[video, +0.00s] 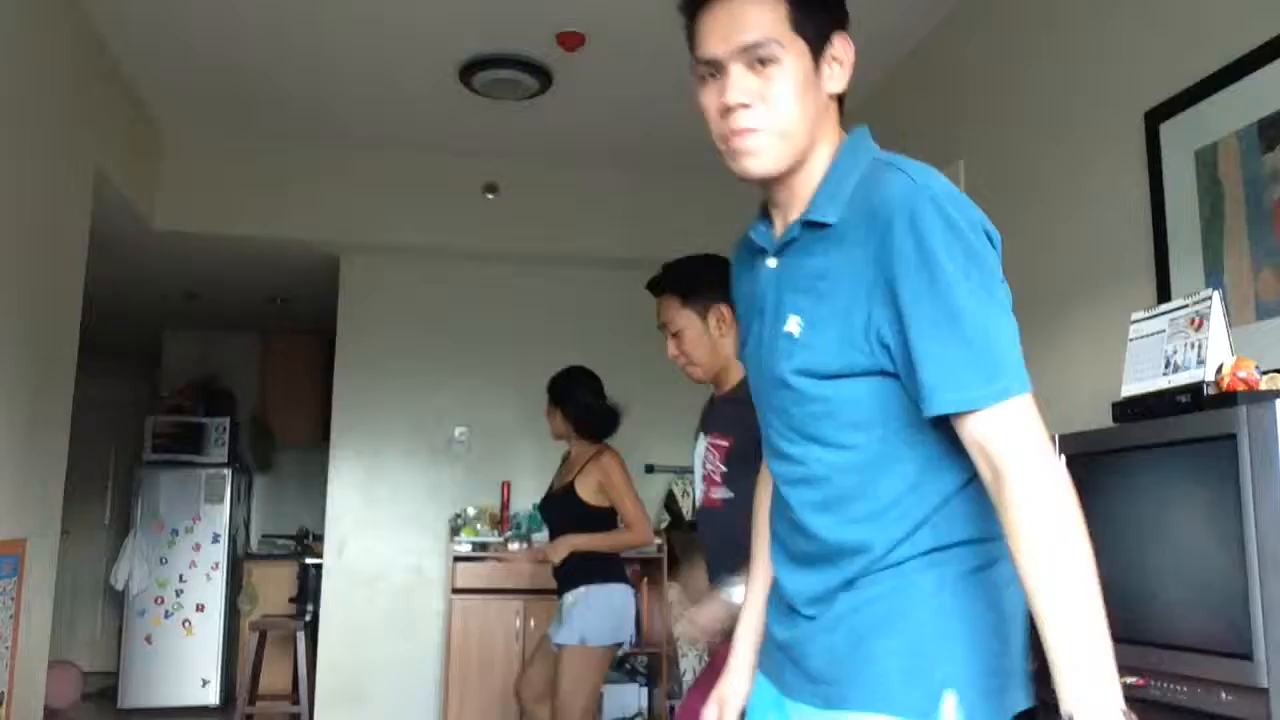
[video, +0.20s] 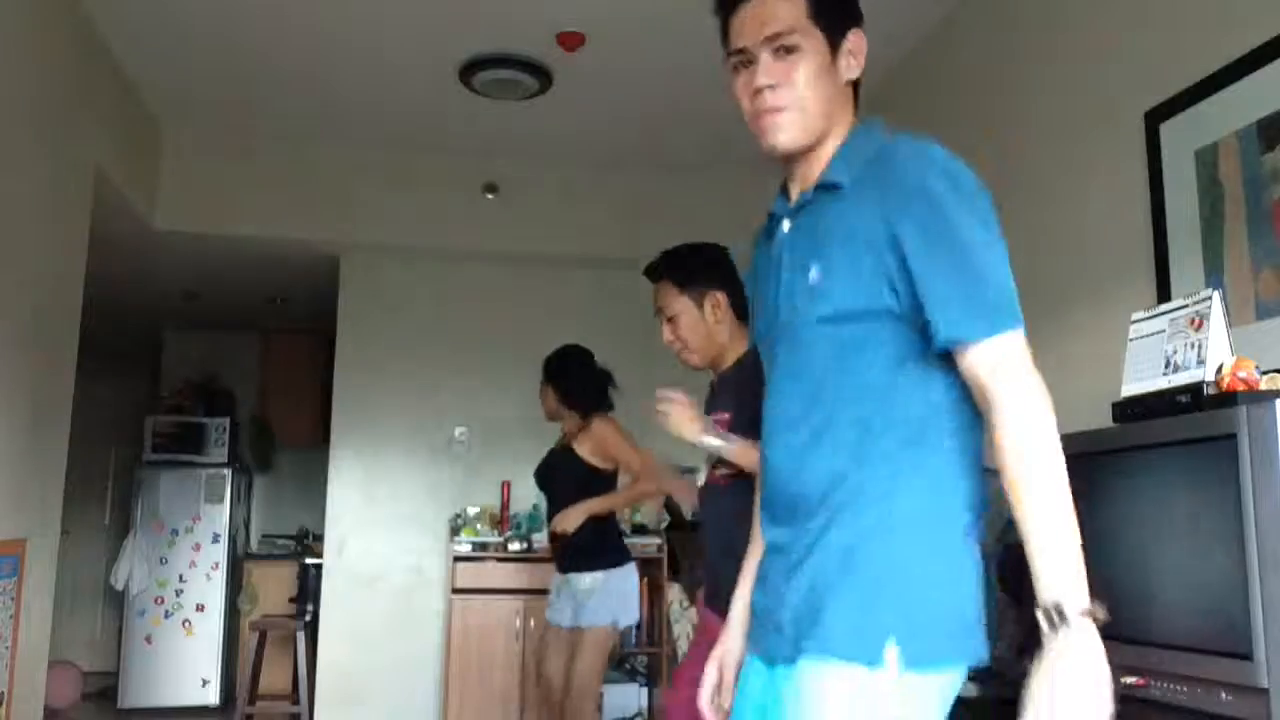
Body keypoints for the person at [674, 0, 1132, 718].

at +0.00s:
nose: (731, 96)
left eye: (762, 60)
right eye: (710, 72)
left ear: (835, 63)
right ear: (696, 90)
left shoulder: (913, 210)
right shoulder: (755, 254)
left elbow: (1019, 459)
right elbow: (782, 466)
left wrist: (1096, 702)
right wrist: (743, 663)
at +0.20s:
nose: (760, 78)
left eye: (785, 49)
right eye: (742, 62)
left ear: (850, 56)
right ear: (729, 82)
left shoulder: (916, 179)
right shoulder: (773, 240)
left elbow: (1012, 393)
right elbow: (783, 448)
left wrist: (1068, 621)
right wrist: (742, 618)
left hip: (887, 629)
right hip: (779, 629)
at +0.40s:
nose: (743, 104)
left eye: (764, 74)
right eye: (736, 87)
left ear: (838, 71)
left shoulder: (901, 169)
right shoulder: (780, 247)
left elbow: (997, 367)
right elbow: (789, 434)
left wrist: (997, 586)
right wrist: (739, 592)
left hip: (878, 612)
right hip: (789, 612)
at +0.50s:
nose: (736, 115)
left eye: (756, 87)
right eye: (733, 96)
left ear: (830, 77)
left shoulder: (891, 176)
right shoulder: (792, 241)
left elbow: (986, 368)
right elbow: (790, 459)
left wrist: (949, 588)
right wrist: (727, 614)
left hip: (863, 617)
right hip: (797, 614)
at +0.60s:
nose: (737, 101)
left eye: (754, 73)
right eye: (736, 82)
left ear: (827, 63)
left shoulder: (881, 160)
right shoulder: (796, 213)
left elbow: (977, 336)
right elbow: (810, 432)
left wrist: (881, 536)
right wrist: (741, 578)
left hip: (879, 619)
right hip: (804, 613)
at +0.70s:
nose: (738, 104)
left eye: (755, 75)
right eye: (739, 85)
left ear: (827, 66)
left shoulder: (874, 158)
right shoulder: (801, 204)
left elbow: (954, 327)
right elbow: (816, 414)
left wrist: (808, 511)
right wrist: (748, 574)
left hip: (869, 607)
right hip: (816, 604)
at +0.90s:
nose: (737, 129)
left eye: (754, 102)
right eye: (739, 110)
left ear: (825, 95)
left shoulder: (864, 188)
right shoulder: (801, 234)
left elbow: (916, 384)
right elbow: (807, 438)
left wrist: (724, 499)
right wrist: (736, 575)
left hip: (860, 636)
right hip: (811, 625)